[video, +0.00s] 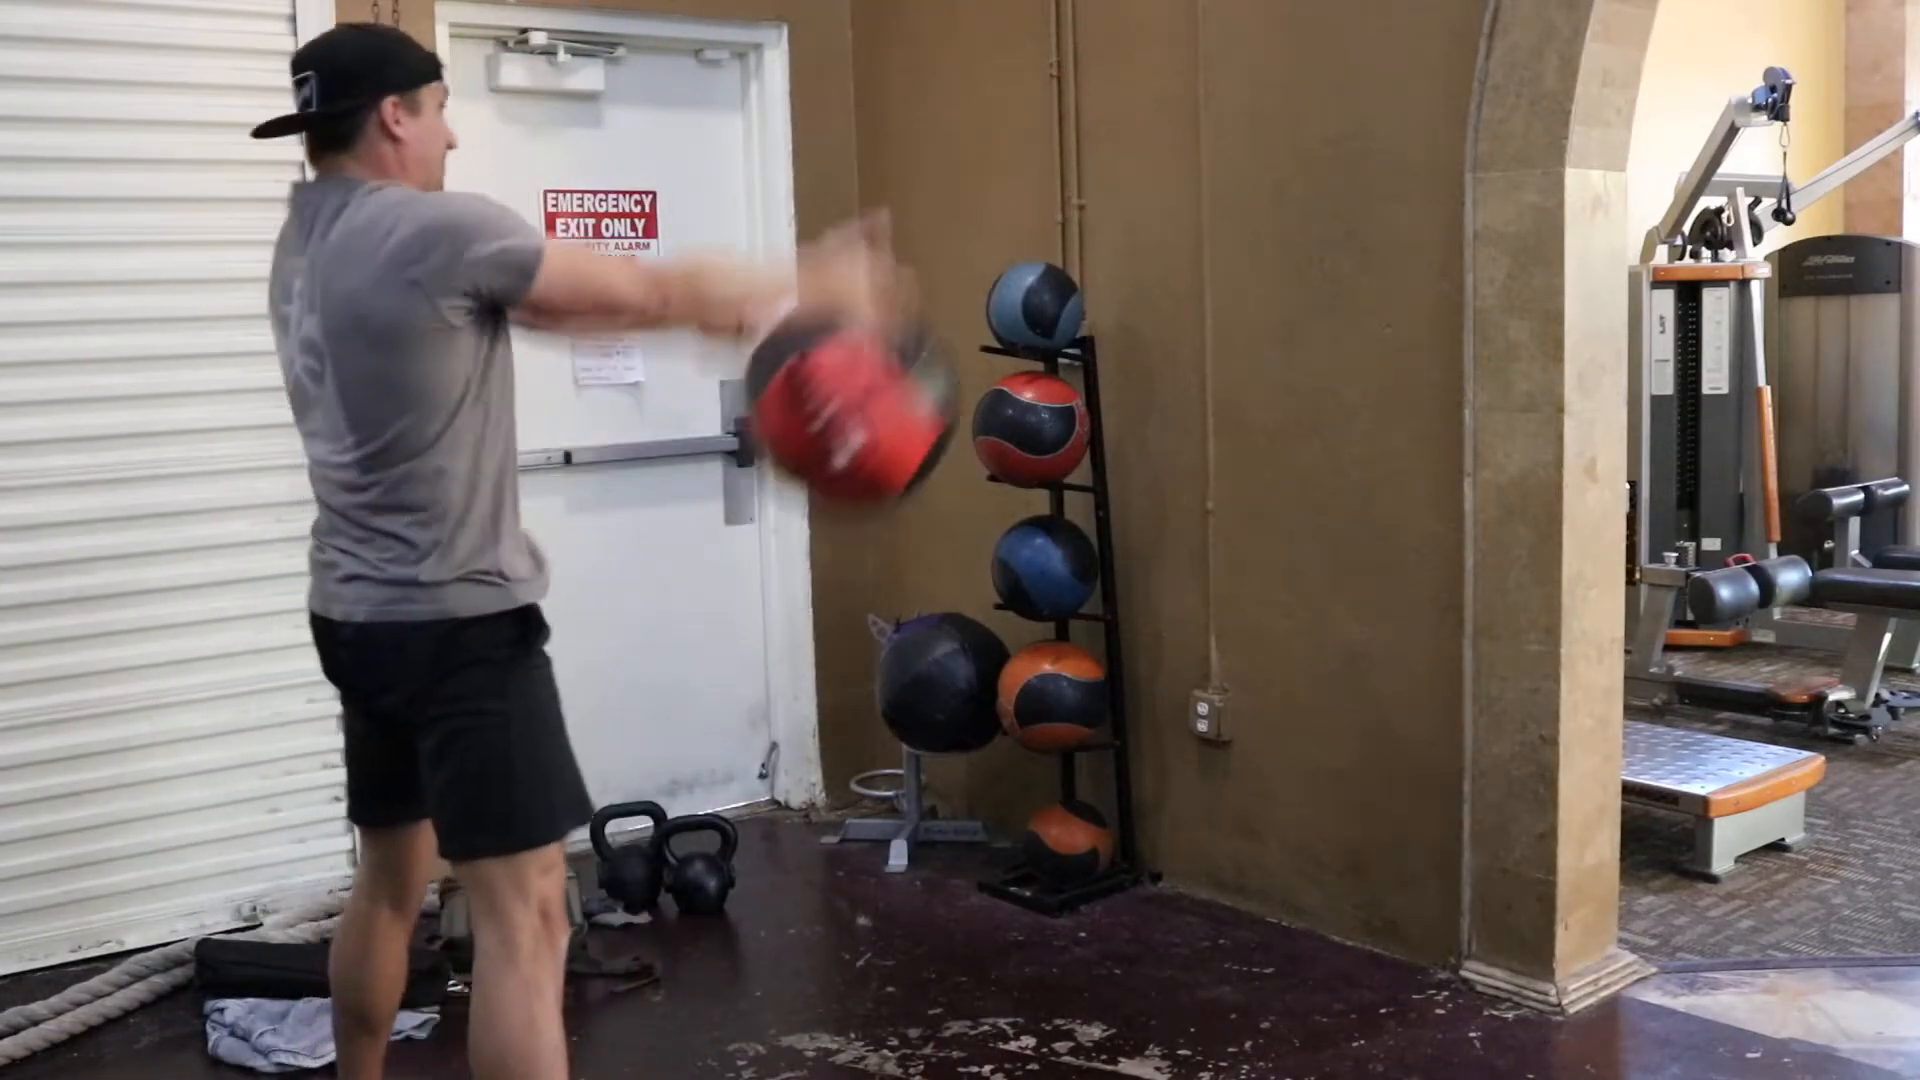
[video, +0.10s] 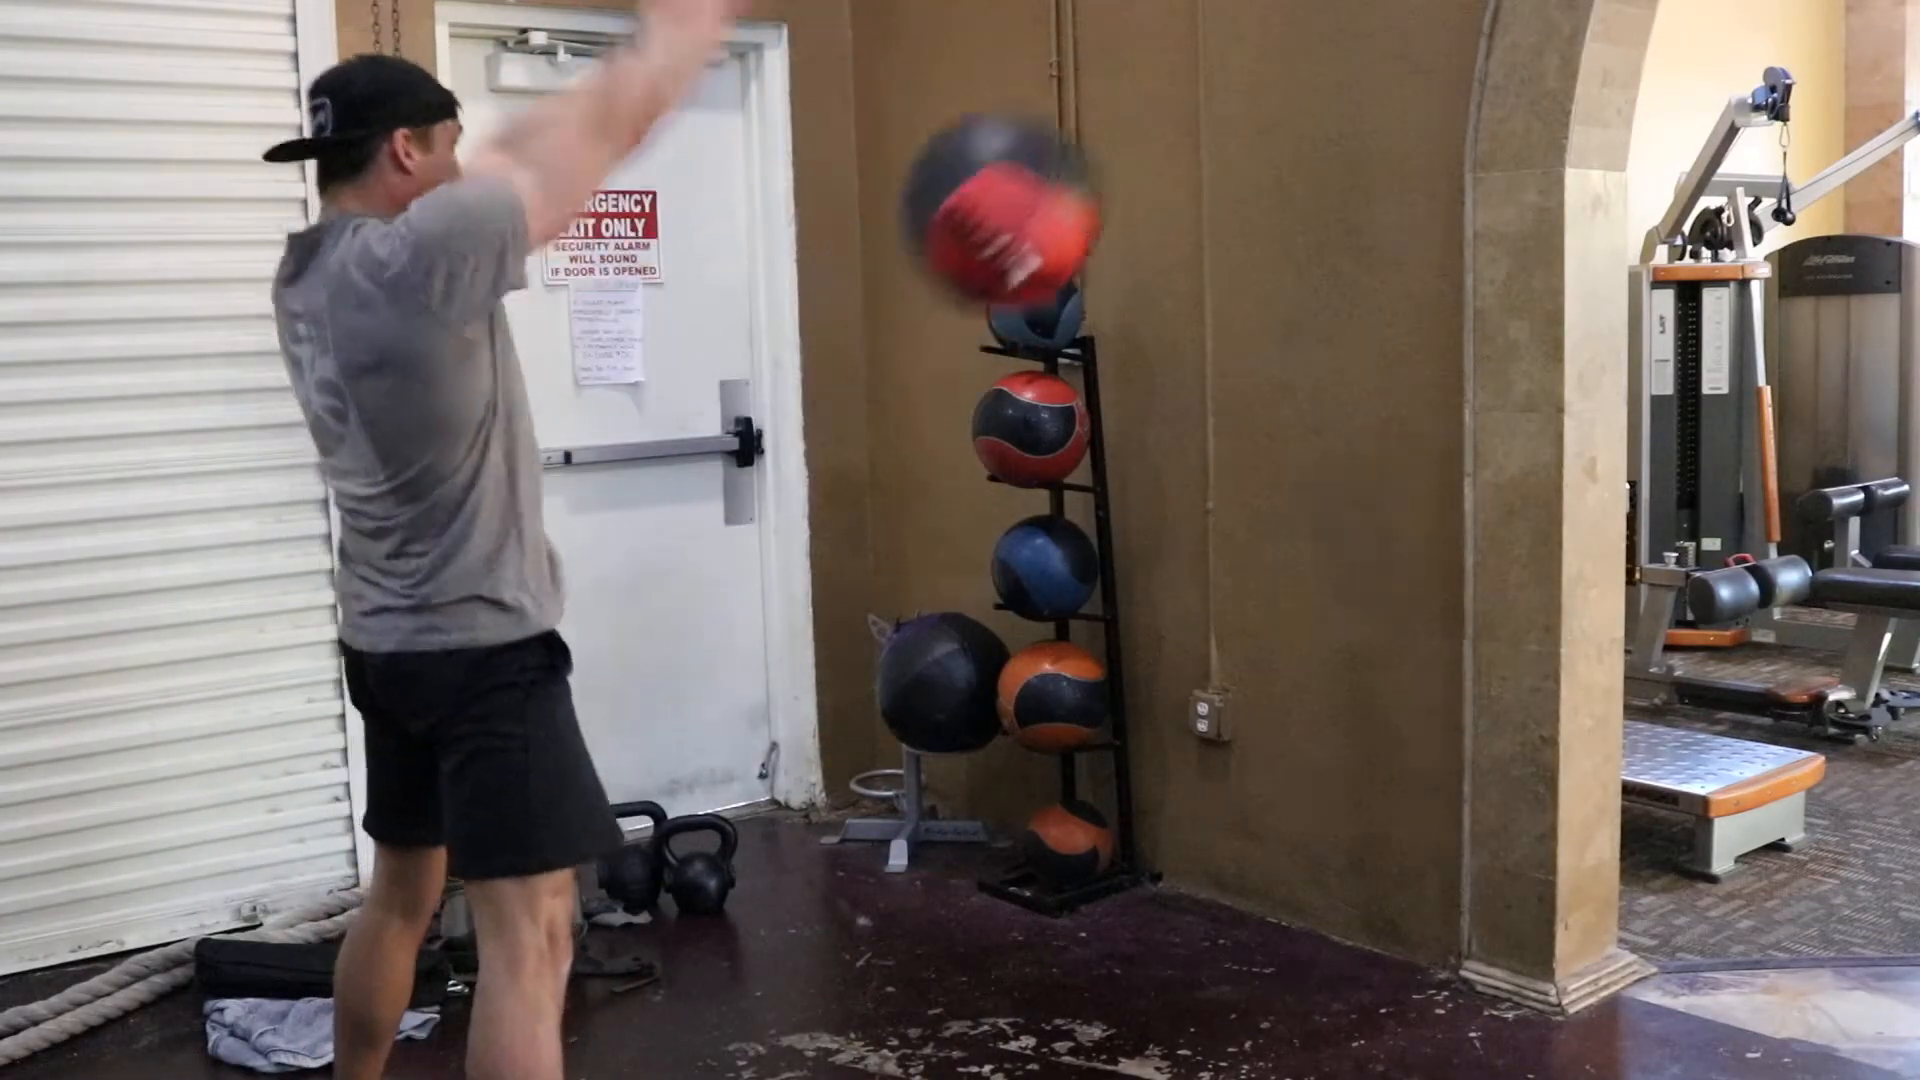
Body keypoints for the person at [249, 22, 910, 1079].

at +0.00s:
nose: (451, 133)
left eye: (446, 110)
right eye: (440, 111)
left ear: (349, 123)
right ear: (394, 119)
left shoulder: (309, 232)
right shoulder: (432, 230)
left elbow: (540, 303)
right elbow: (648, 290)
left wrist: (683, 303)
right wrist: (811, 280)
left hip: (357, 615)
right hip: (460, 620)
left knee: (388, 886)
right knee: (526, 919)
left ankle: (358, 1072)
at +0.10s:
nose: (464, 165)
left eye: (457, 143)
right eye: (451, 142)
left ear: (353, 157)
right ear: (403, 151)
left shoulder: (307, 269)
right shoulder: (429, 250)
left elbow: (506, 162)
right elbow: (613, 128)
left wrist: (619, 81)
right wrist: (698, 21)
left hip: (381, 647)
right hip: (485, 650)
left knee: (399, 897)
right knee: (532, 934)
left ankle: (354, 1069)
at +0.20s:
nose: (473, 169)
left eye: (470, 154)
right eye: (467, 153)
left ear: (362, 158)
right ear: (436, 156)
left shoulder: (319, 263)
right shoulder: (430, 247)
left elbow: (464, 70)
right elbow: (551, 52)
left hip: (395, 641)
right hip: (495, 644)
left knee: (402, 897)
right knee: (523, 943)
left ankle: (353, 1071)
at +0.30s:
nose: (496, 166)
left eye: (484, 147)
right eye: (483, 146)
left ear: (375, 148)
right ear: (450, 157)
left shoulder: (329, 259)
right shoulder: (433, 251)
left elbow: (382, 67)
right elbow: (506, 26)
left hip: (399, 639)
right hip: (496, 643)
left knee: (400, 904)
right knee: (518, 953)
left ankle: (354, 1071)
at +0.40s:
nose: (505, 181)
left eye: (496, 158)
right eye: (493, 157)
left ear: (378, 155)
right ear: (450, 164)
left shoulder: (328, 267)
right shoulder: (432, 260)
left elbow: (368, 69)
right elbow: (502, 22)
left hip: (397, 644)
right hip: (493, 648)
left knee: (394, 912)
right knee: (512, 961)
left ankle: (354, 1072)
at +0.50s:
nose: (491, 169)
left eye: (485, 151)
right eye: (486, 154)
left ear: (370, 149)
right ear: (452, 161)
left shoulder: (320, 262)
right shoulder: (430, 257)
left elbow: (372, 79)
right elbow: (535, 29)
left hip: (385, 644)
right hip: (484, 649)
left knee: (388, 915)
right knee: (509, 959)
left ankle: (351, 1076)